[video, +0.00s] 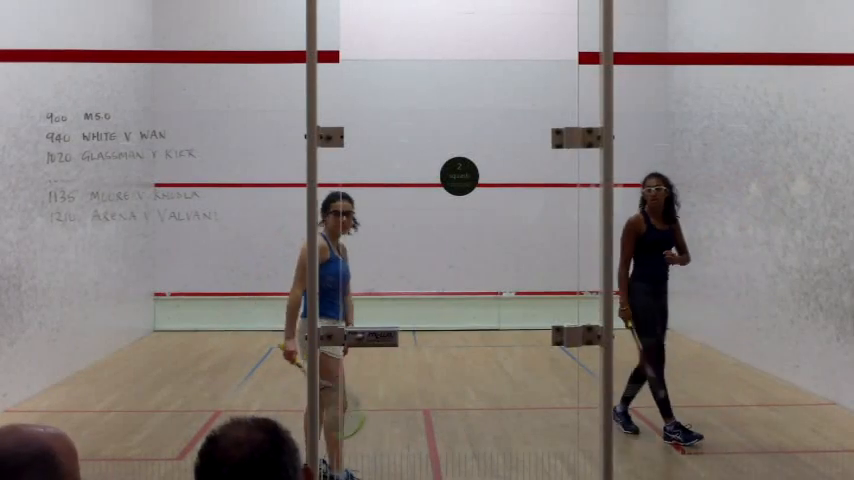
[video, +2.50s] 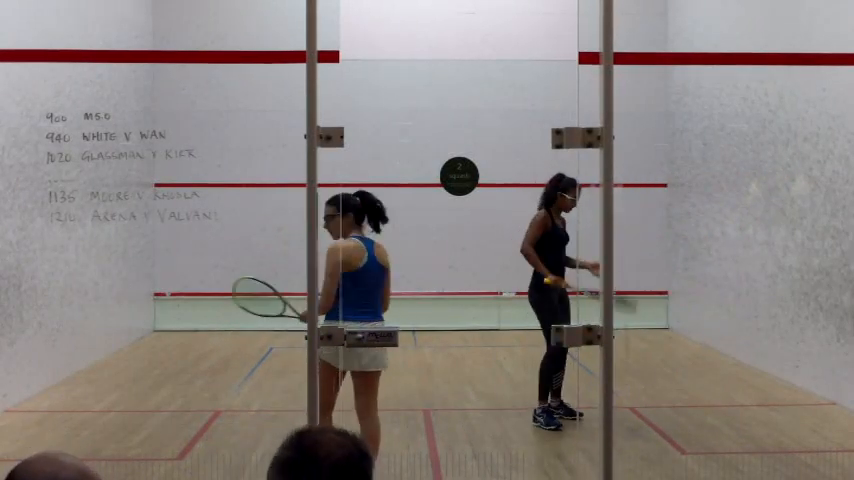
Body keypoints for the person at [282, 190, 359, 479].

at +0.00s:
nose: (344, 219)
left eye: (348, 214)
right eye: (338, 214)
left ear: (352, 219)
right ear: (325, 216)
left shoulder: (341, 249)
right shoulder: (314, 247)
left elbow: (346, 294)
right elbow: (296, 292)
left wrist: (349, 330)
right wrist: (289, 338)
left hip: (333, 330)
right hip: (318, 330)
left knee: (317, 402)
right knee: (336, 401)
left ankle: (311, 464)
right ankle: (337, 469)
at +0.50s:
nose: (377, 220)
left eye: (376, 215)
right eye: (373, 215)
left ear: (354, 220)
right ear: (358, 220)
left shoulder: (342, 251)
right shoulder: (343, 252)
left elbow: (346, 306)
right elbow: (336, 307)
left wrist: (351, 348)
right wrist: (349, 351)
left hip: (328, 341)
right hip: (328, 342)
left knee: (331, 409)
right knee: (334, 410)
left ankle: (327, 468)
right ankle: (334, 472)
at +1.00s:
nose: (357, 219)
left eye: (356, 213)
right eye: (354, 214)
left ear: (326, 218)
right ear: (345, 219)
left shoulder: (312, 248)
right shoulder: (348, 256)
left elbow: (308, 293)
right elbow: (349, 310)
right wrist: (361, 350)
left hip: (292, 327)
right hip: (324, 335)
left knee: (293, 405)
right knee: (334, 409)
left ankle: (279, 467)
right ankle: (336, 473)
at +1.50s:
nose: (339, 221)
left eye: (339, 216)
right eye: (338, 217)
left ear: (304, 217)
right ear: (333, 218)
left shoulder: (286, 250)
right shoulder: (344, 255)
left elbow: (266, 296)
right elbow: (349, 306)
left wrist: (284, 318)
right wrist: (348, 322)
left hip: (289, 334)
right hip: (328, 339)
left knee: (285, 409)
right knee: (345, 407)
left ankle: (280, 471)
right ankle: (363, 471)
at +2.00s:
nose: (365, 221)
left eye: (364, 217)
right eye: (364, 217)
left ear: (331, 219)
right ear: (360, 219)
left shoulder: (319, 254)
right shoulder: (376, 254)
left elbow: (314, 299)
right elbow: (391, 305)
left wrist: (321, 323)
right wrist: (374, 323)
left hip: (328, 341)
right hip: (366, 342)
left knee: (315, 408)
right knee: (369, 412)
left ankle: (295, 465)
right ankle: (367, 473)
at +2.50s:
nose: (325, 226)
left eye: (328, 218)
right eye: (325, 219)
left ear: (346, 218)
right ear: (355, 219)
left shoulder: (337, 250)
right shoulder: (380, 251)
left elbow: (326, 304)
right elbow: (383, 304)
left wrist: (309, 312)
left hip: (337, 336)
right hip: (371, 336)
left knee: (323, 409)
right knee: (368, 411)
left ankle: (323, 472)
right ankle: (366, 472)